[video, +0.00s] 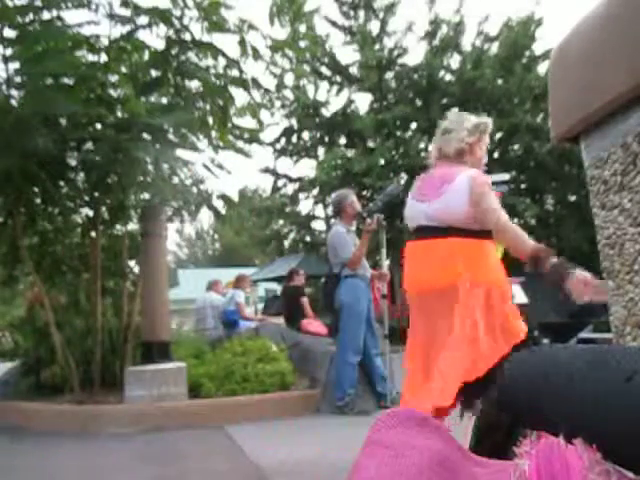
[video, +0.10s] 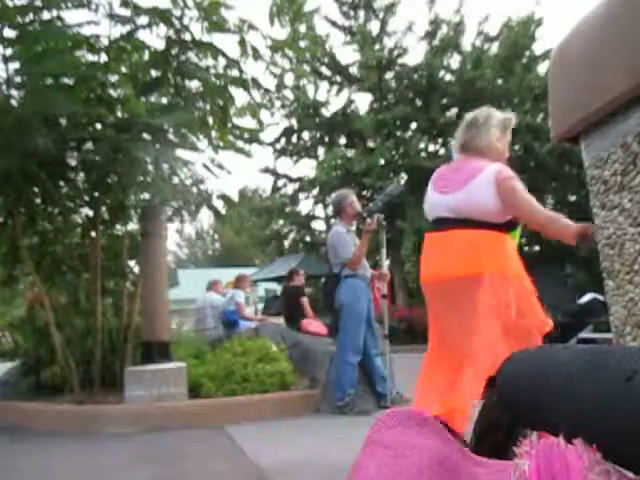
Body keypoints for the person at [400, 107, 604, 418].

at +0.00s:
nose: (486, 156)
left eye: (486, 148)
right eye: (484, 148)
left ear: (441, 146)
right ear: (470, 147)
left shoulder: (420, 184)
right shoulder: (473, 181)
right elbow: (502, 226)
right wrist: (535, 254)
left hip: (423, 267)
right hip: (468, 267)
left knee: (428, 347)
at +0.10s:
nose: (508, 148)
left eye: (508, 141)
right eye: (506, 140)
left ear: (463, 141)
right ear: (492, 140)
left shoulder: (439, 177)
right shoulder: (497, 175)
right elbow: (537, 217)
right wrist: (574, 232)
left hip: (438, 259)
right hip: (486, 261)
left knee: (446, 346)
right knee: (523, 335)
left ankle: (436, 420)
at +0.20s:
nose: (523, 142)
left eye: (524, 135)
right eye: (521, 134)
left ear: (480, 133)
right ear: (508, 134)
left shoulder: (454, 168)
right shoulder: (515, 168)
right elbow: (565, 203)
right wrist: (611, 211)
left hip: (449, 250)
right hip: (497, 252)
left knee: (462, 327)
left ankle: (460, 387)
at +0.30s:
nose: (531, 135)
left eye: (531, 127)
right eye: (529, 127)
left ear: (485, 129)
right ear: (518, 130)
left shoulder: (463, 164)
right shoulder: (527, 163)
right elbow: (581, 188)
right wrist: (617, 197)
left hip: (459, 246)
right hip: (509, 247)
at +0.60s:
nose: (542, 128)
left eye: (542, 122)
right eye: (539, 122)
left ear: (496, 127)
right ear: (529, 125)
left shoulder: (478, 161)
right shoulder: (540, 152)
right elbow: (583, 157)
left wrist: (464, 254)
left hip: (482, 244)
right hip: (532, 244)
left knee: (496, 321)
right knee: (545, 314)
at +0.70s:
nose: (544, 130)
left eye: (543, 123)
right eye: (541, 123)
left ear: (497, 126)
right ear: (530, 125)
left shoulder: (480, 160)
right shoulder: (543, 151)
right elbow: (588, 155)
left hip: (485, 245)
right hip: (534, 244)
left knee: (497, 324)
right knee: (545, 318)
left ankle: (505, 399)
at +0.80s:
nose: (547, 129)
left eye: (547, 123)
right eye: (544, 123)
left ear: (499, 127)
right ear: (533, 125)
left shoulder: (481, 162)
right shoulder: (546, 151)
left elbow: (470, 167)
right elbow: (590, 152)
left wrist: (474, 157)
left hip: (489, 241)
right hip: (538, 240)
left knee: (497, 321)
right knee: (547, 317)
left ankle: (504, 396)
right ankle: (552, 394)